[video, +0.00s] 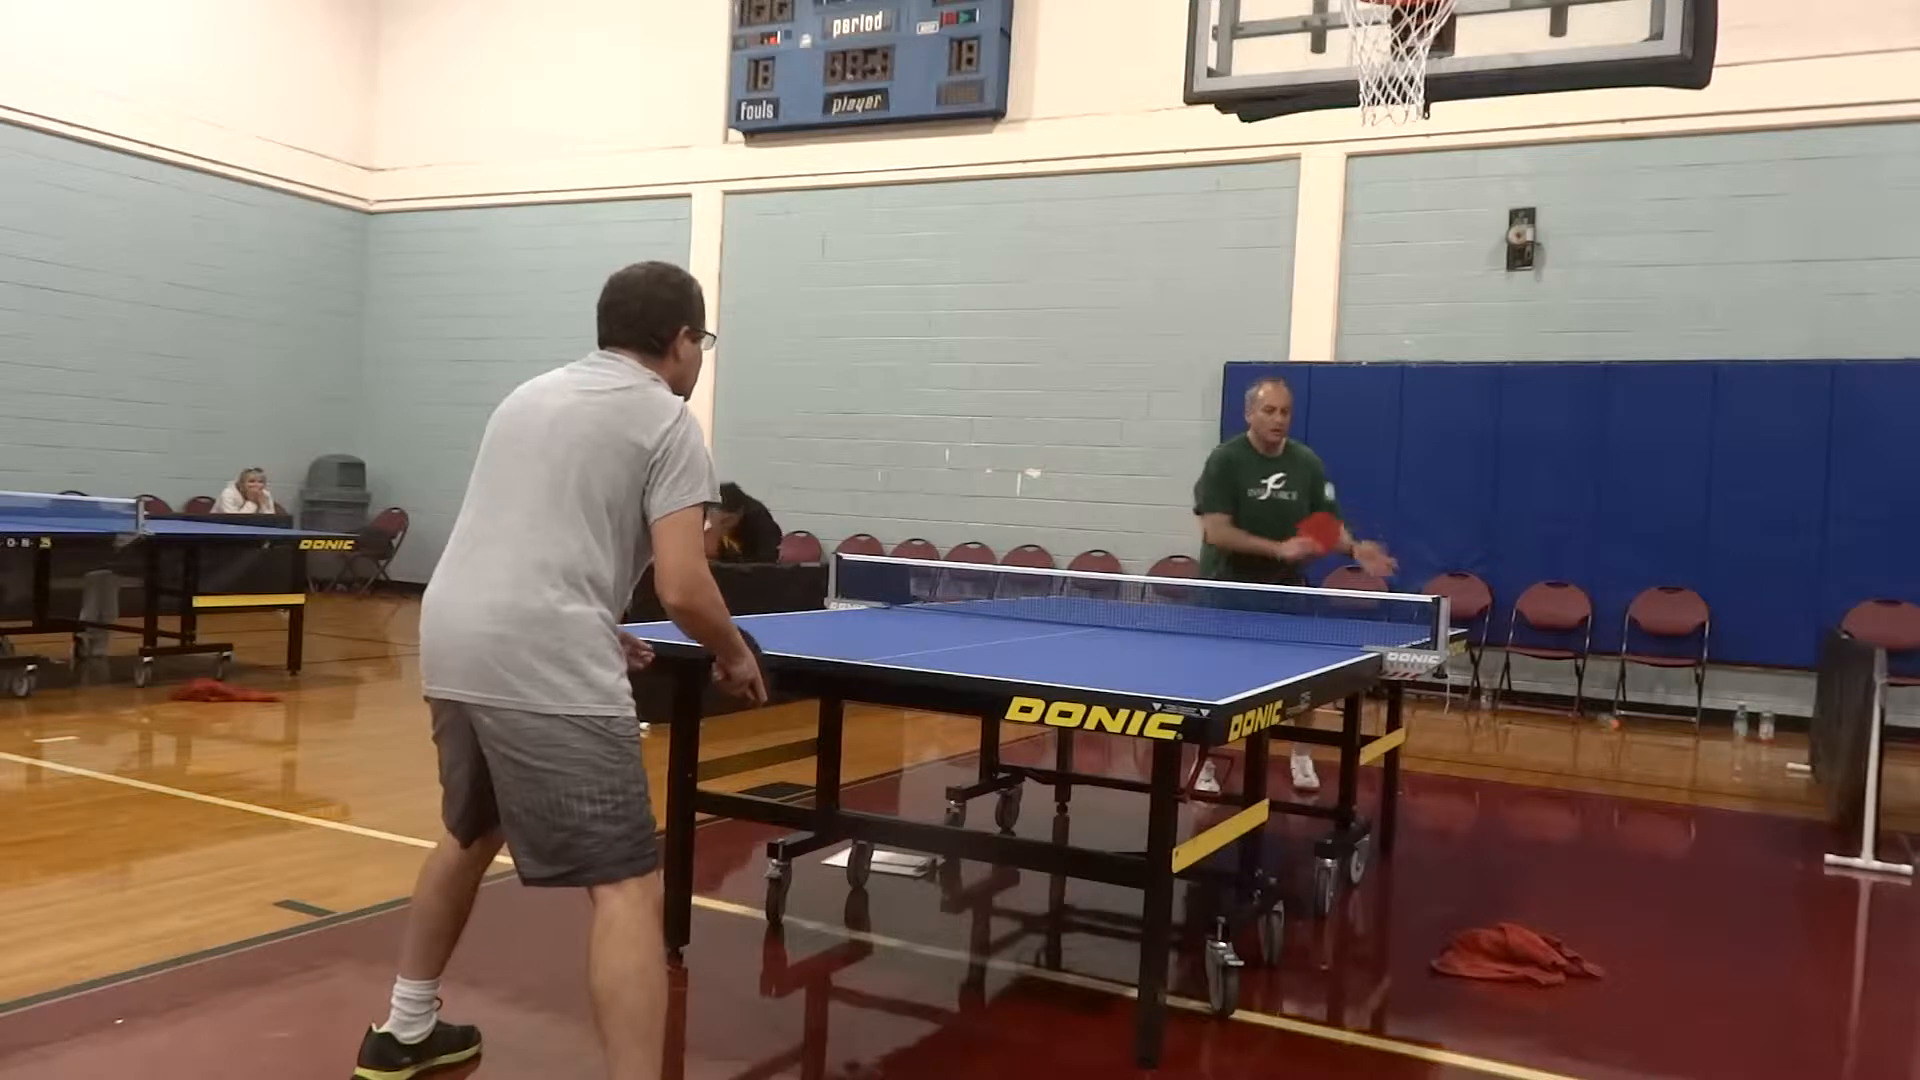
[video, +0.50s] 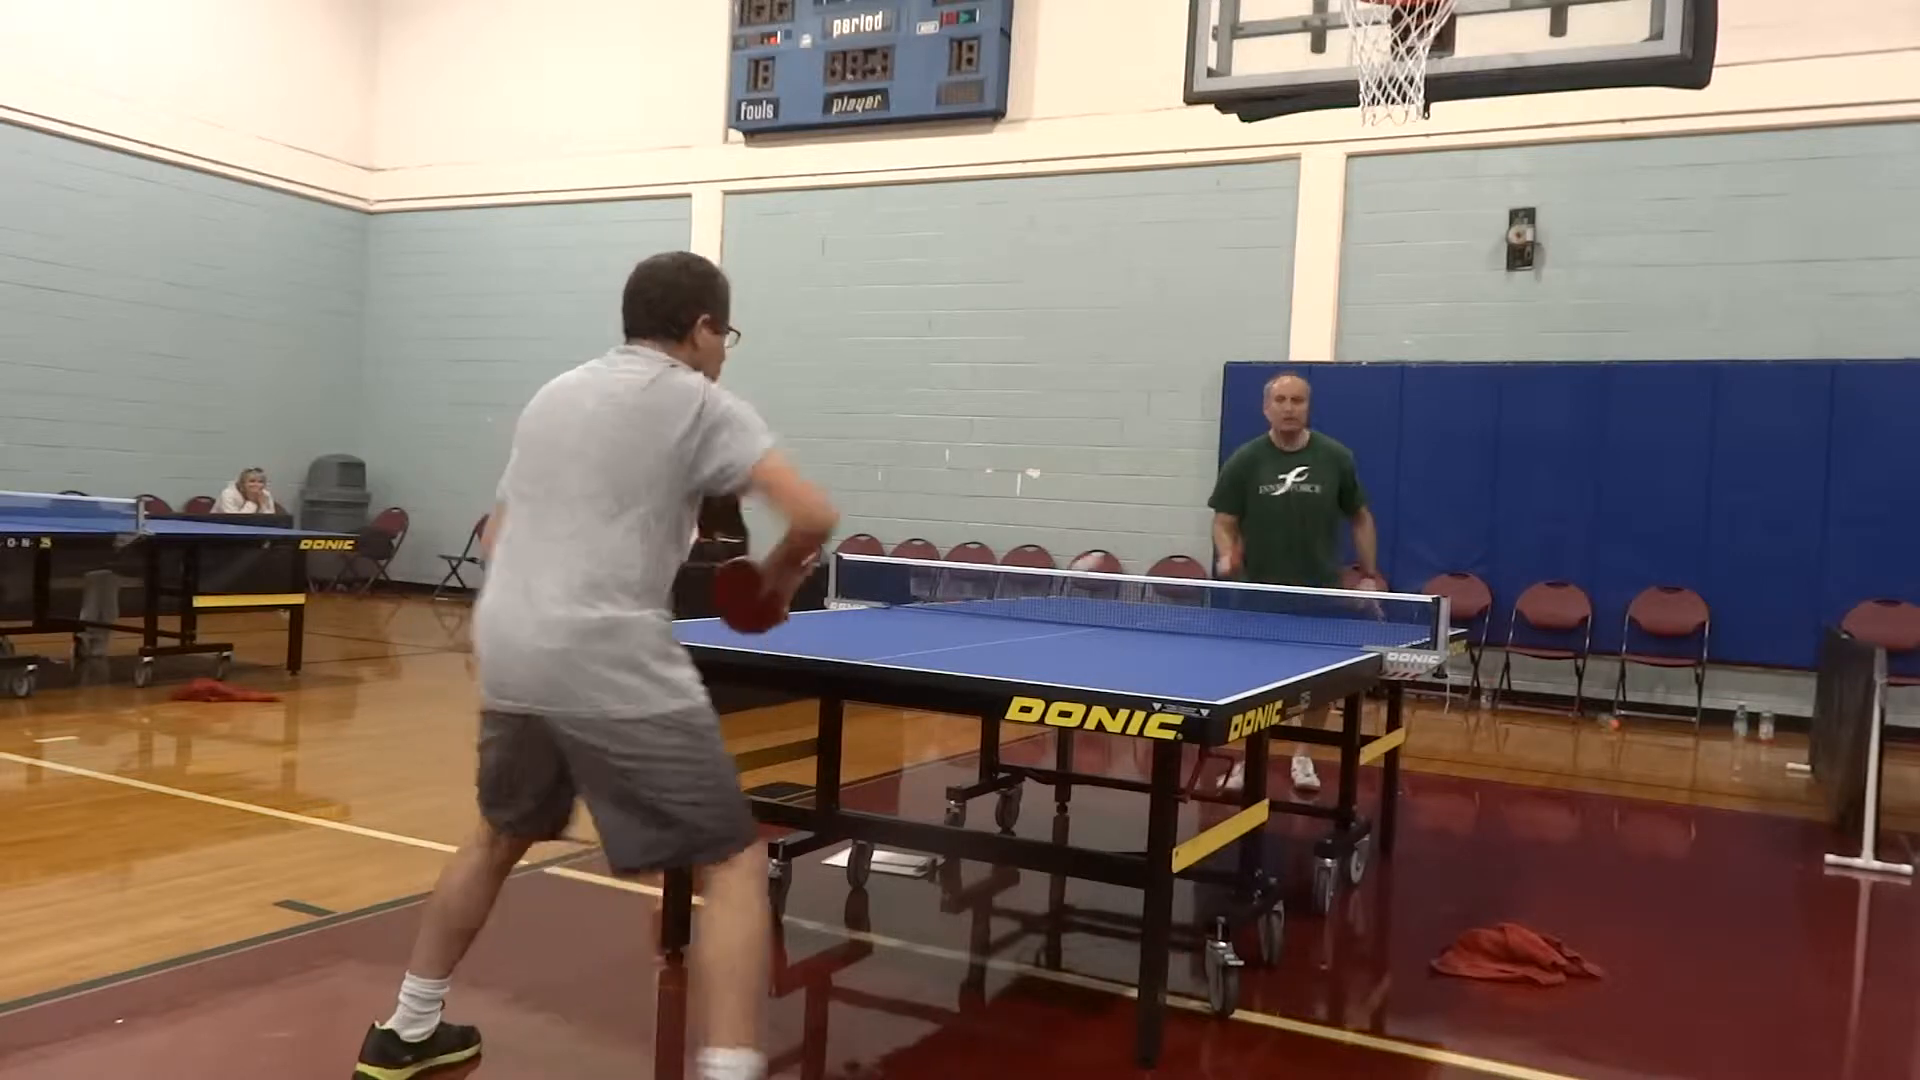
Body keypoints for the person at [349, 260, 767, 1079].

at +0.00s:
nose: (703, 356)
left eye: (702, 341)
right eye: (701, 340)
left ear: (606, 335)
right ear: (675, 341)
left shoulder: (528, 396)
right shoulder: (666, 422)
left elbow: (508, 539)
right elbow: (683, 585)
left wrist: (597, 626)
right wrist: (733, 654)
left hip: (450, 649)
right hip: (551, 666)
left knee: (469, 832)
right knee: (626, 881)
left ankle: (405, 1028)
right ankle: (636, 1072)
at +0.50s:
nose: (727, 349)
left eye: (729, 335)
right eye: (726, 334)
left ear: (632, 326)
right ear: (699, 329)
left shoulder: (553, 395)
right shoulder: (703, 400)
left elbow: (496, 536)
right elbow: (814, 514)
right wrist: (777, 573)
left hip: (506, 659)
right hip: (617, 668)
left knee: (496, 833)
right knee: (733, 862)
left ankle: (408, 1026)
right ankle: (730, 1070)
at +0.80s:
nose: (777, 300)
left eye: (776, 289)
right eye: (776, 288)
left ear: (676, 289)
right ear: (759, 286)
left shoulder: (612, 372)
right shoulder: (796, 360)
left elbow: (528, 526)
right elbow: (935, 435)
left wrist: (592, 589)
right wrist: (930, 509)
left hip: (613, 663)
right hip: (748, 675)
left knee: (561, 836)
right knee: (785, 882)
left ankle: (491, 1017)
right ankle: (758, 1074)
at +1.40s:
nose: (731, 295)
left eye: (732, 280)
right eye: (729, 279)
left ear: (629, 278)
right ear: (707, 280)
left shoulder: (552, 355)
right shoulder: (717, 376)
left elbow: (456, 484)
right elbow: (802, 549)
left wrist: (531, 554)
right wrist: (816, 577)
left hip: (507, 640)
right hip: (628, 651)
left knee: (472, 820)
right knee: (707, 856)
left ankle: (406, 1013)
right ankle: (678, 1070)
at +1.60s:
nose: (702, 362)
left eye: (700, 345)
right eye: (697, 345)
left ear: (607, 342)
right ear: (666, 346)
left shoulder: (530, 415)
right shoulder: (652, 433)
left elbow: (447, 546)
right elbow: (664, 589)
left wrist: (553, 571)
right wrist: (738, 632)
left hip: (457, 687)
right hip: (564, 699)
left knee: (448, 847)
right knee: (722, 874)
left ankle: (340, 1025)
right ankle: (680, 1072)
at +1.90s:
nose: (764, 325)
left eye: (769, 305)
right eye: (746, 303)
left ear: (675, 303)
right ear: (677, 300)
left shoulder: (618, 368)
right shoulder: (662, 389)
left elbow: (578, 522)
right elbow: (626, 525)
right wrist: (730, 602)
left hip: (539, 666)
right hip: (607, 683)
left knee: (508, 846)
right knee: (752, 885)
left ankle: (376, 1010)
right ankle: (724, 1070)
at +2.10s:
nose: (748, 251)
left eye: (766, 229)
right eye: (722, 228)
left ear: (783, 236)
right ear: (671, 231)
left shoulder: (721, 347)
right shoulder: (650, 344)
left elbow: (680, 524)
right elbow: (546, 510)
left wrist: (741, 625)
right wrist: (672, 613)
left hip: (647, 675)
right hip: (625, 682)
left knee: (627, 878)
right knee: (719, 906)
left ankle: (492, 1056)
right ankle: (722, 1074)